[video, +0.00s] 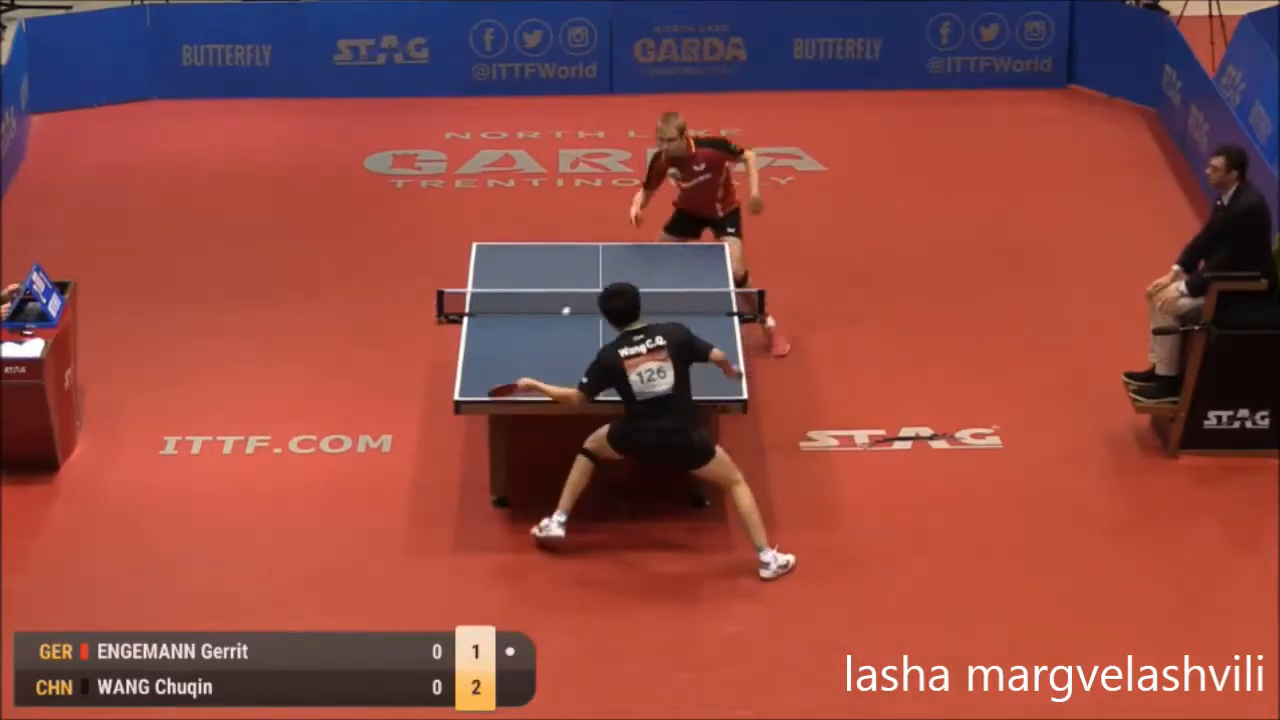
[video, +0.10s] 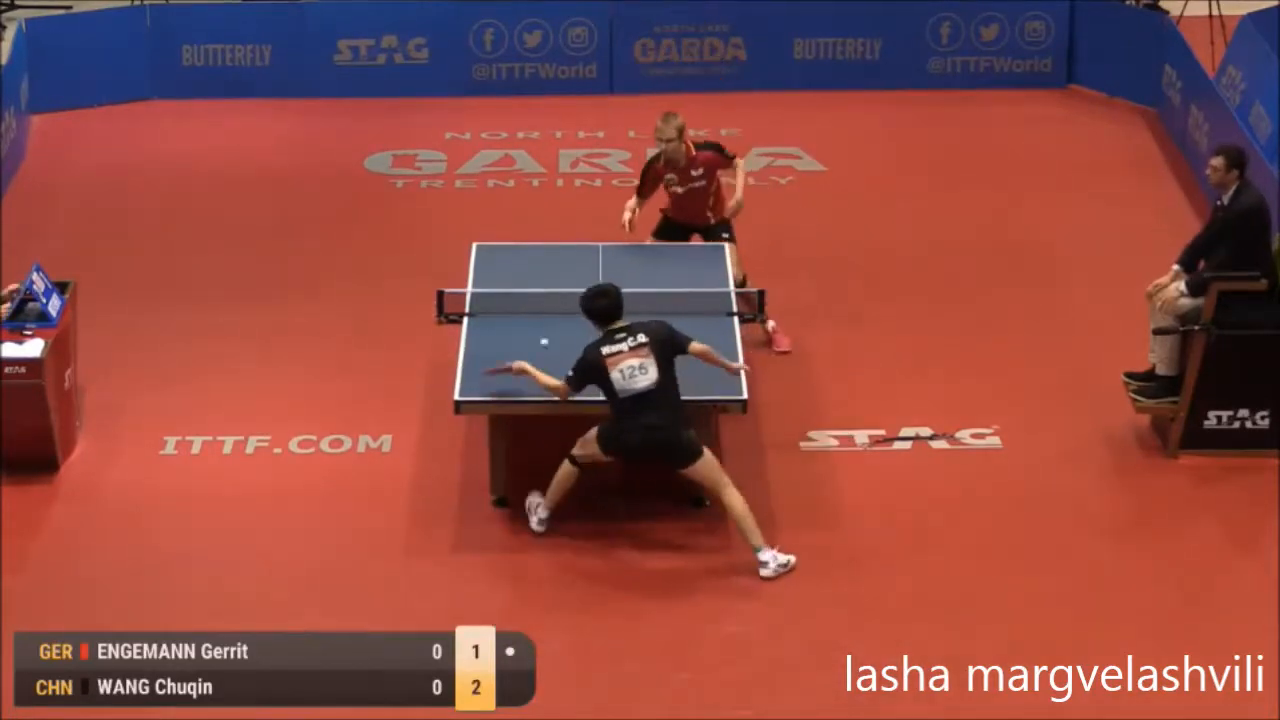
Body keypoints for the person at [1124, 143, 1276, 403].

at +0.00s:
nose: (1208, 173)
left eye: (1215, 168)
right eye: (1209, 167)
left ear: (1233, 174)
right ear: (1225, 174)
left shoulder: (1249, 206)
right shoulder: (1225, 201)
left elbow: (1229, 265)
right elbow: (1204, 241)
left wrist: (1183, 288)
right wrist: (1173, 274)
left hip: (1241, 292)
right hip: (1222, 281)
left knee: (1168, 307)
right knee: (1158, 297)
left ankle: (1168, 379)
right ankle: (1159, 370)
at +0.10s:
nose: (1208, 173)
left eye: (1214, 169)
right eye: (1209, 168)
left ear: (1233, 173)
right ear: (1225, 173)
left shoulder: (1249, 206)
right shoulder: (1226, 200)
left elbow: (1229, 265)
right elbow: (1204, 241)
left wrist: (1183, 288)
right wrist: (1173, 274)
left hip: (1241, 291)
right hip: (1222, 280)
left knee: (1168, 307)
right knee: (1158, 297)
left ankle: (1168, 379)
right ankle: (1159, 370)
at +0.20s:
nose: (1208, 174)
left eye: (1214, 169)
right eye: (1208, 168)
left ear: (1233, 173)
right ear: (1224, 173)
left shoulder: (1248, 206)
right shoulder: (1226, 200)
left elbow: (1229, 264)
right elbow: (1204, 240)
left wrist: (1184, 288)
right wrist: (1173, 274)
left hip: (1241, 292)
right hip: (1222, 280)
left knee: (1168, 307)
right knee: (1158, 296)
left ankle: (1168, 379)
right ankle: (1159, 370)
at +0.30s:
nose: (1208, 173)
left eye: (1214, 169)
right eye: (1208, 168)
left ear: (1232, 173)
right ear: (1224, 172)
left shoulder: (1249, 206)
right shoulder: (1226, 200)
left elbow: (1229, 265)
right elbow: (1204, 240)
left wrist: (1183, 288)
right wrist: (1173, 274)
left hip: (1241, 292)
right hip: (1223, 280)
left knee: (1168, 307)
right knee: (1158, 296)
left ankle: (1168, 379)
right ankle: (1159, 370)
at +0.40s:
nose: (1207, 173)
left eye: (1213, 169)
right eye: (1208, 168)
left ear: (1232, 172)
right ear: (1224, 172)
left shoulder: (1249, 206)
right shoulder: (1226, 200)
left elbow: (1229, 265)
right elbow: (1204, 240)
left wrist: (1183, 288)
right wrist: (1173, 274)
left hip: (1241, 292)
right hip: (1223, 280)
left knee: (1168, 307)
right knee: (1158, 297)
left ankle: (1168, 379)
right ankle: (1159, 370)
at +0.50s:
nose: (1207, 173)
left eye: (1213, 169)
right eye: (1208, 168)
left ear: (1232, 172)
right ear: (1225, 172)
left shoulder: (1249, 206)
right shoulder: (1226, 199)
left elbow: (1229, 265)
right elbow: (1204, 240)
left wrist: (1183, 288)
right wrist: (1173, 274)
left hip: (1241, 292)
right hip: (1223, 280)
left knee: (1168, 307)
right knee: (1158, 297)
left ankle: (1168, 379)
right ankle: (1159, 370)